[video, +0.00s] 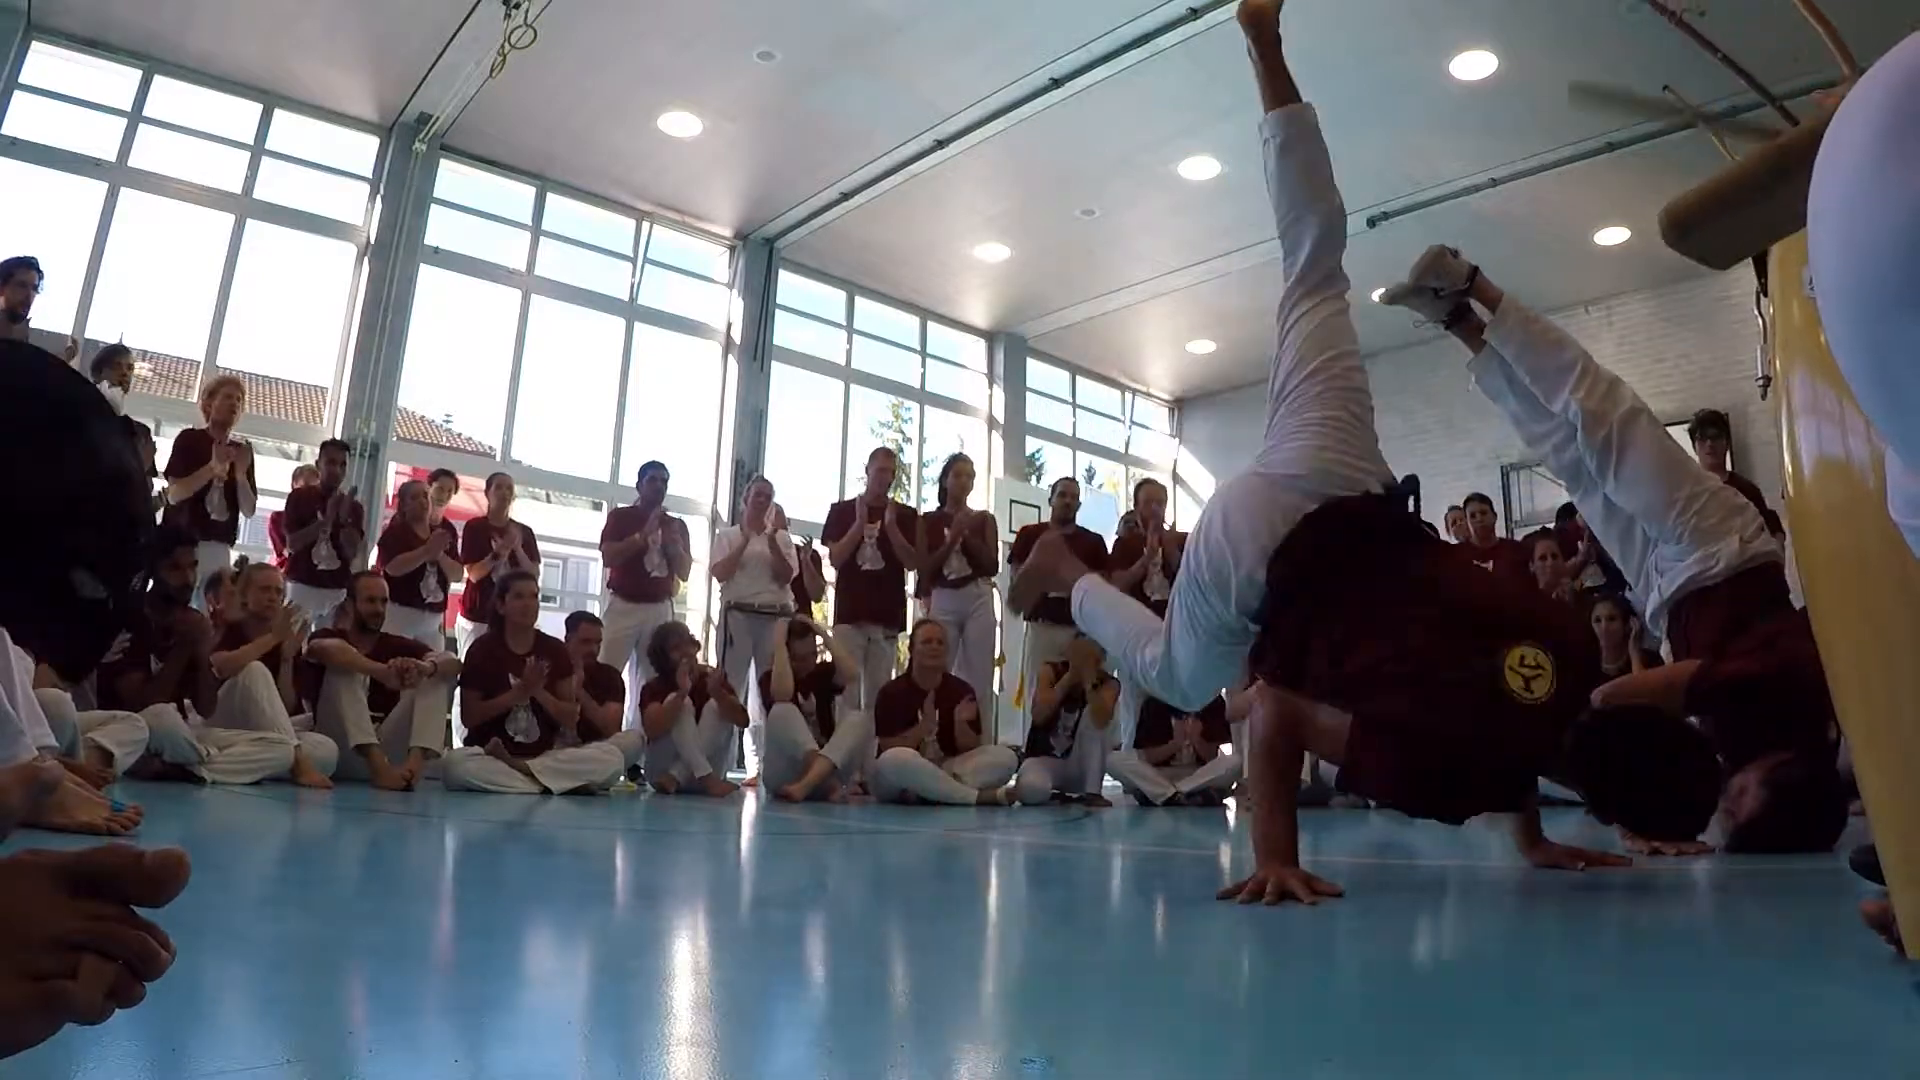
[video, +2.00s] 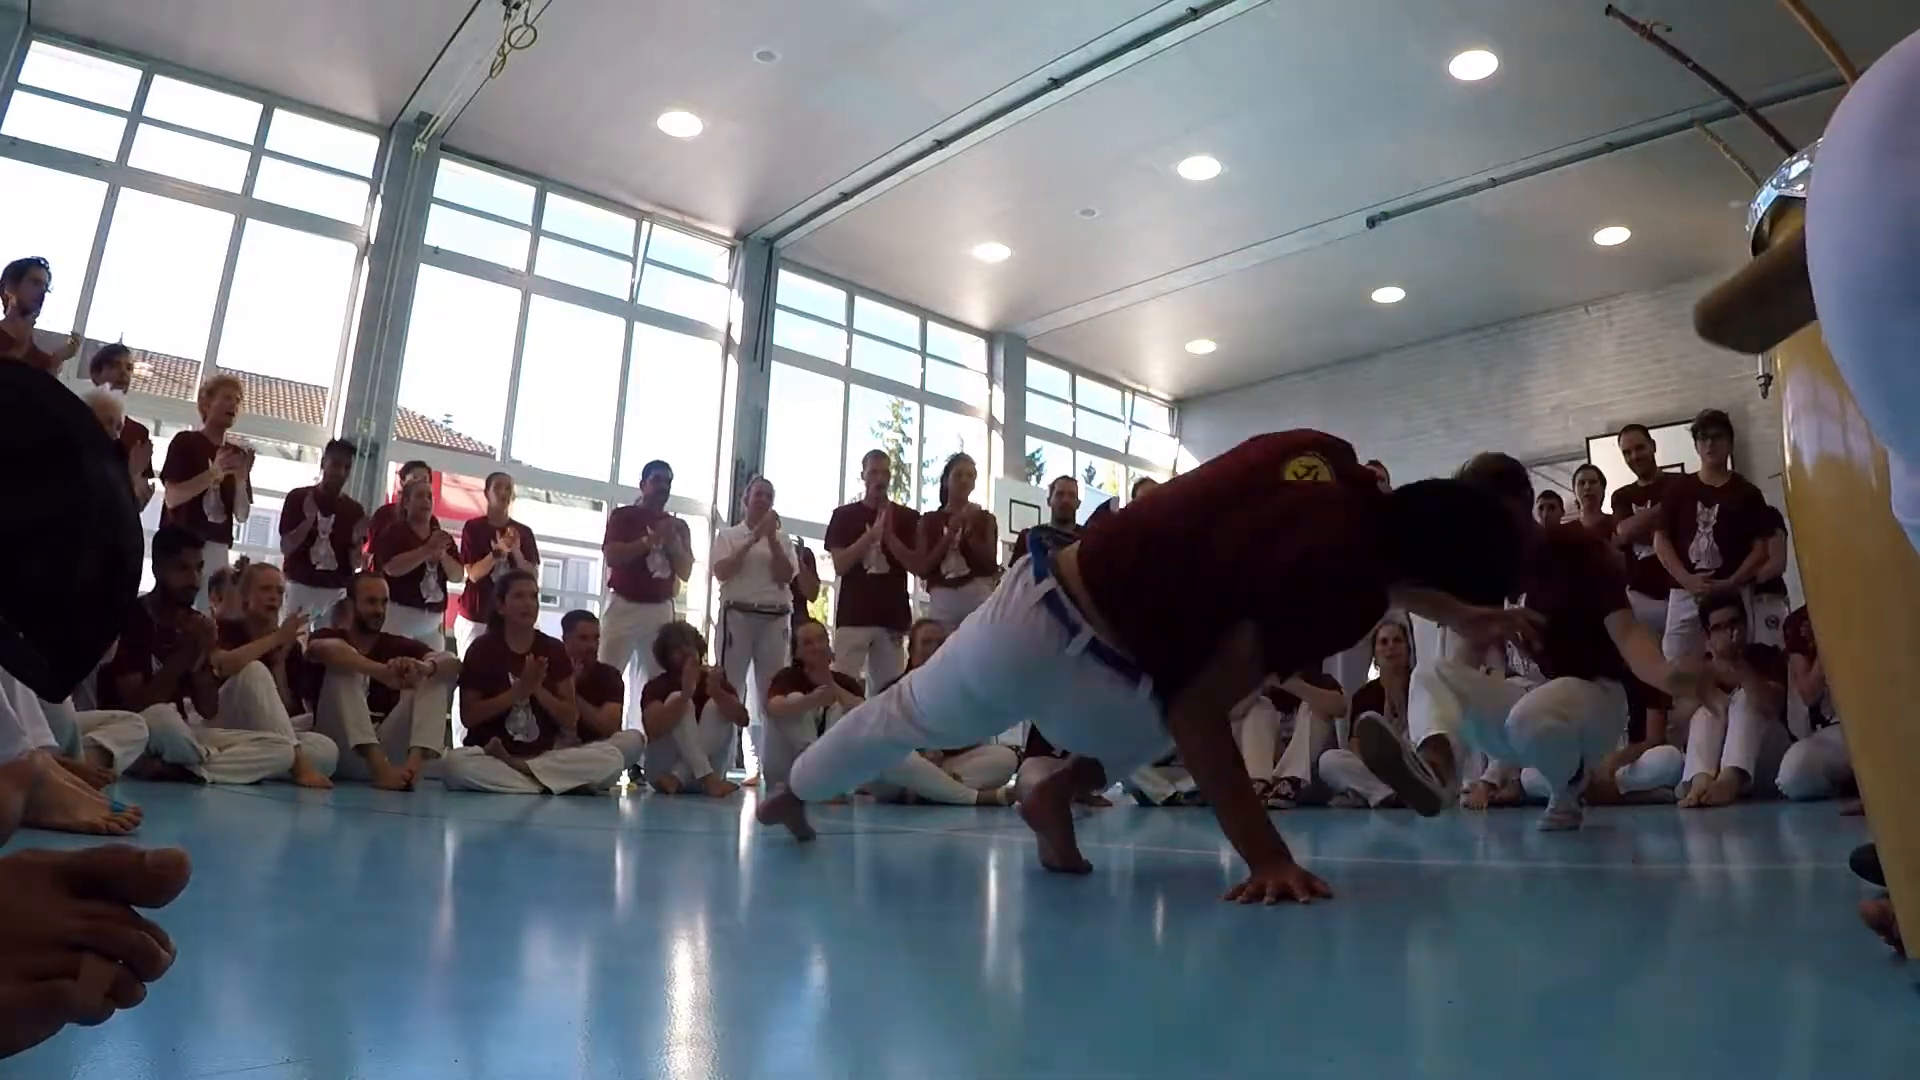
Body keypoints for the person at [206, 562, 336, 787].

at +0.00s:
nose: (272, 597)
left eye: (278, 591)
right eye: (264, 590)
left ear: (283, 597)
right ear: (245, 594)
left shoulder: (287, 640)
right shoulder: (229, 630)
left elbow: (288, 707)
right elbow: (220, 667)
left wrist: (288, 657)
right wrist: (273, 638)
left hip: (269, 732)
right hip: (224, 723)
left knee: (326, 751)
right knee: (254, 671)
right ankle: (298, 761)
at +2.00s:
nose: (274, 597)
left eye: (279, 591)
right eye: (266, 589)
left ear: (284, 597)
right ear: (246, 595)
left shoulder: (291, 646)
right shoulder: (224, 630)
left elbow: (293, 711)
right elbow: (222, 666)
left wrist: (279, 664)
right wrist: (278, 637)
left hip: (273, 733)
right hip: (224, 726)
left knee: (326, 752)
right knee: (253, 671)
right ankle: (298, 762)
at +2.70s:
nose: (273, 597)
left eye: (278, 591)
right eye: (264, 589)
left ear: (283, 596)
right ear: (245, 593)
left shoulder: (290, 646)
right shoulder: (224, 630)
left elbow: (292, 708)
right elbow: (221, 665)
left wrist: (277, 667)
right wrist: (279, 637)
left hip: (271, 733)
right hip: (223, 724)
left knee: (326, 751)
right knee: (253, 672)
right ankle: (299, 763)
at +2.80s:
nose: (273, 597)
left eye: (278, 591)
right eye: (264, 589)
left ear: (283, 596)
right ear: (245, 592)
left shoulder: (290, 645)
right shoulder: (224, 629)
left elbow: (292, 711)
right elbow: (220, 665)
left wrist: (278, 666)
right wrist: (279, 636)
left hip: (272, 733)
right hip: (222, 725)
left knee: (327, 751)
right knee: (253, 672)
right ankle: (299, 763)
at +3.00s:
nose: (273, 597)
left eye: (278, 591)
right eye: (264, 590)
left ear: (283, 596)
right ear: (245, 594)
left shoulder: (288, 643)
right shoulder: (229, 629)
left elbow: (292, 712)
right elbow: (220, 666)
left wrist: (278, 664)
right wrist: (279, 639)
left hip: (271, 732)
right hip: (223, 725)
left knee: (326, 752)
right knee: (253, 672)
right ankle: (299, 763)